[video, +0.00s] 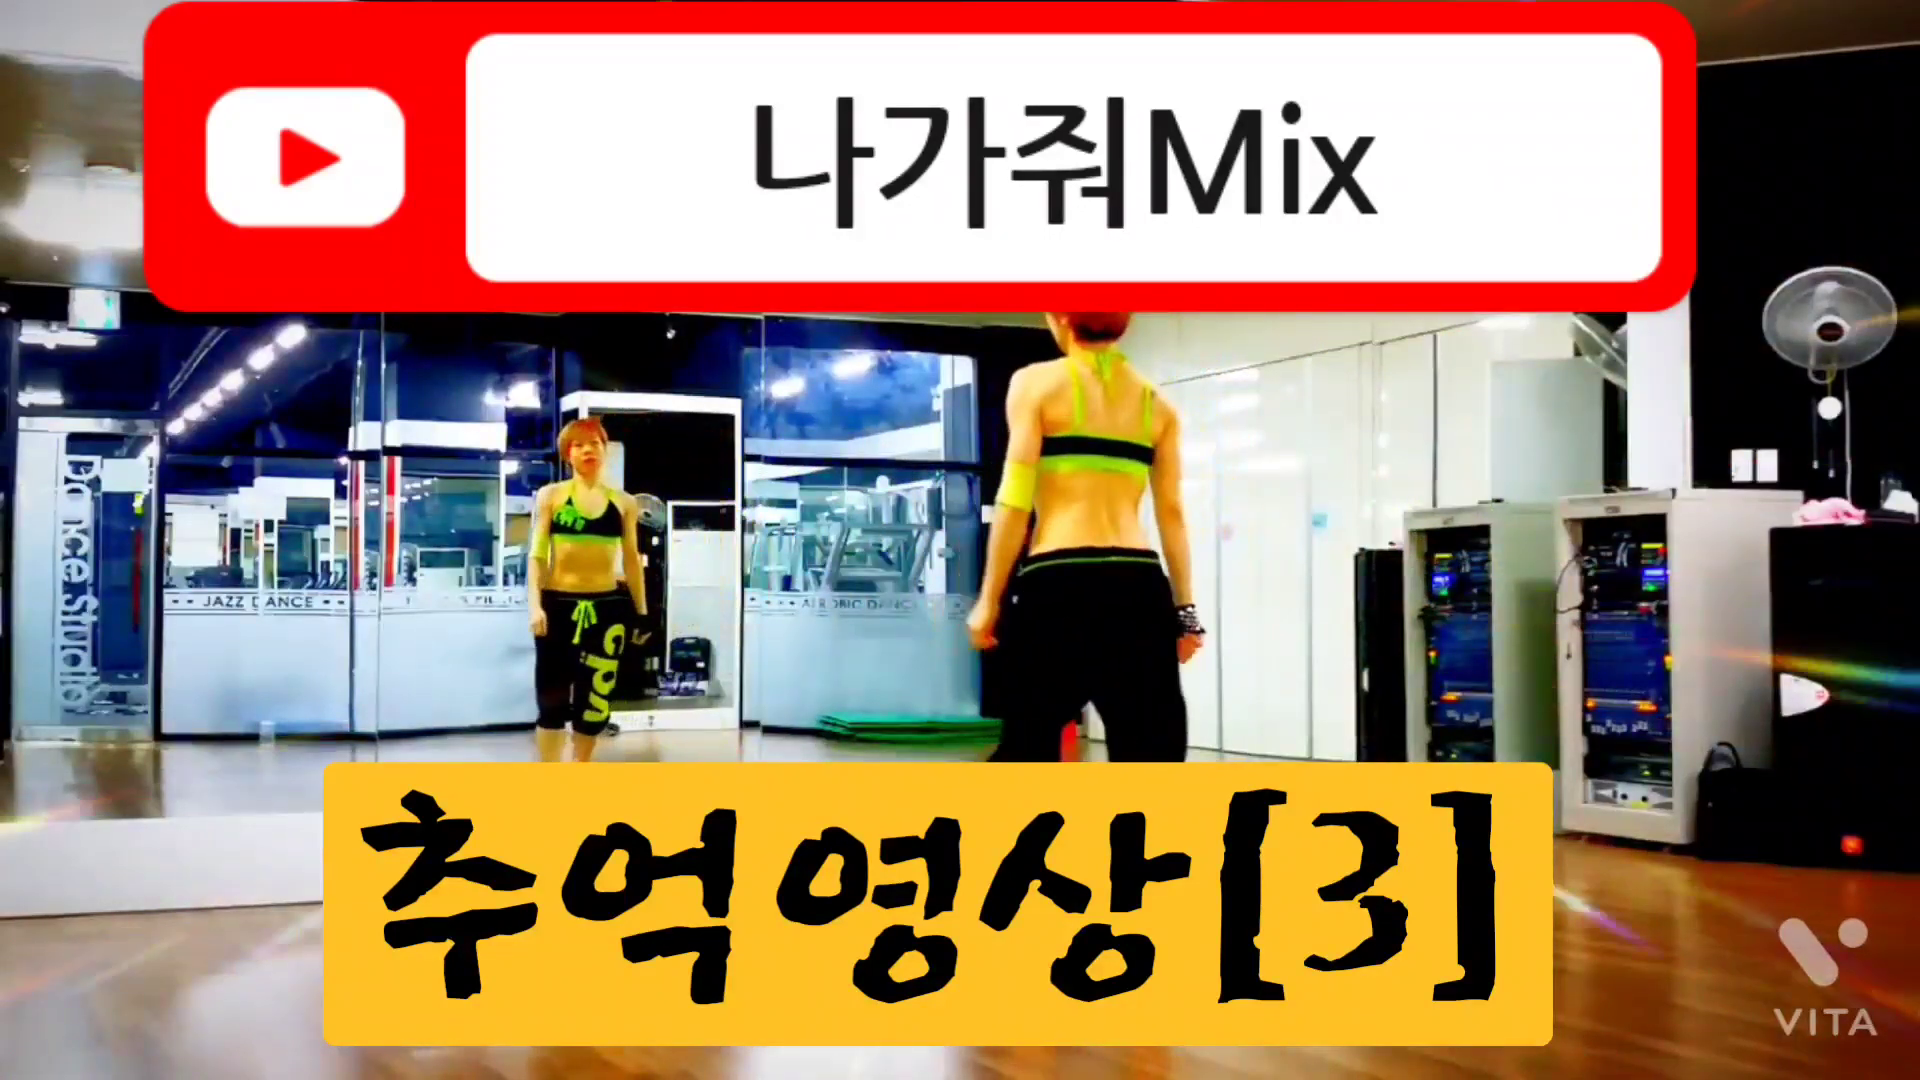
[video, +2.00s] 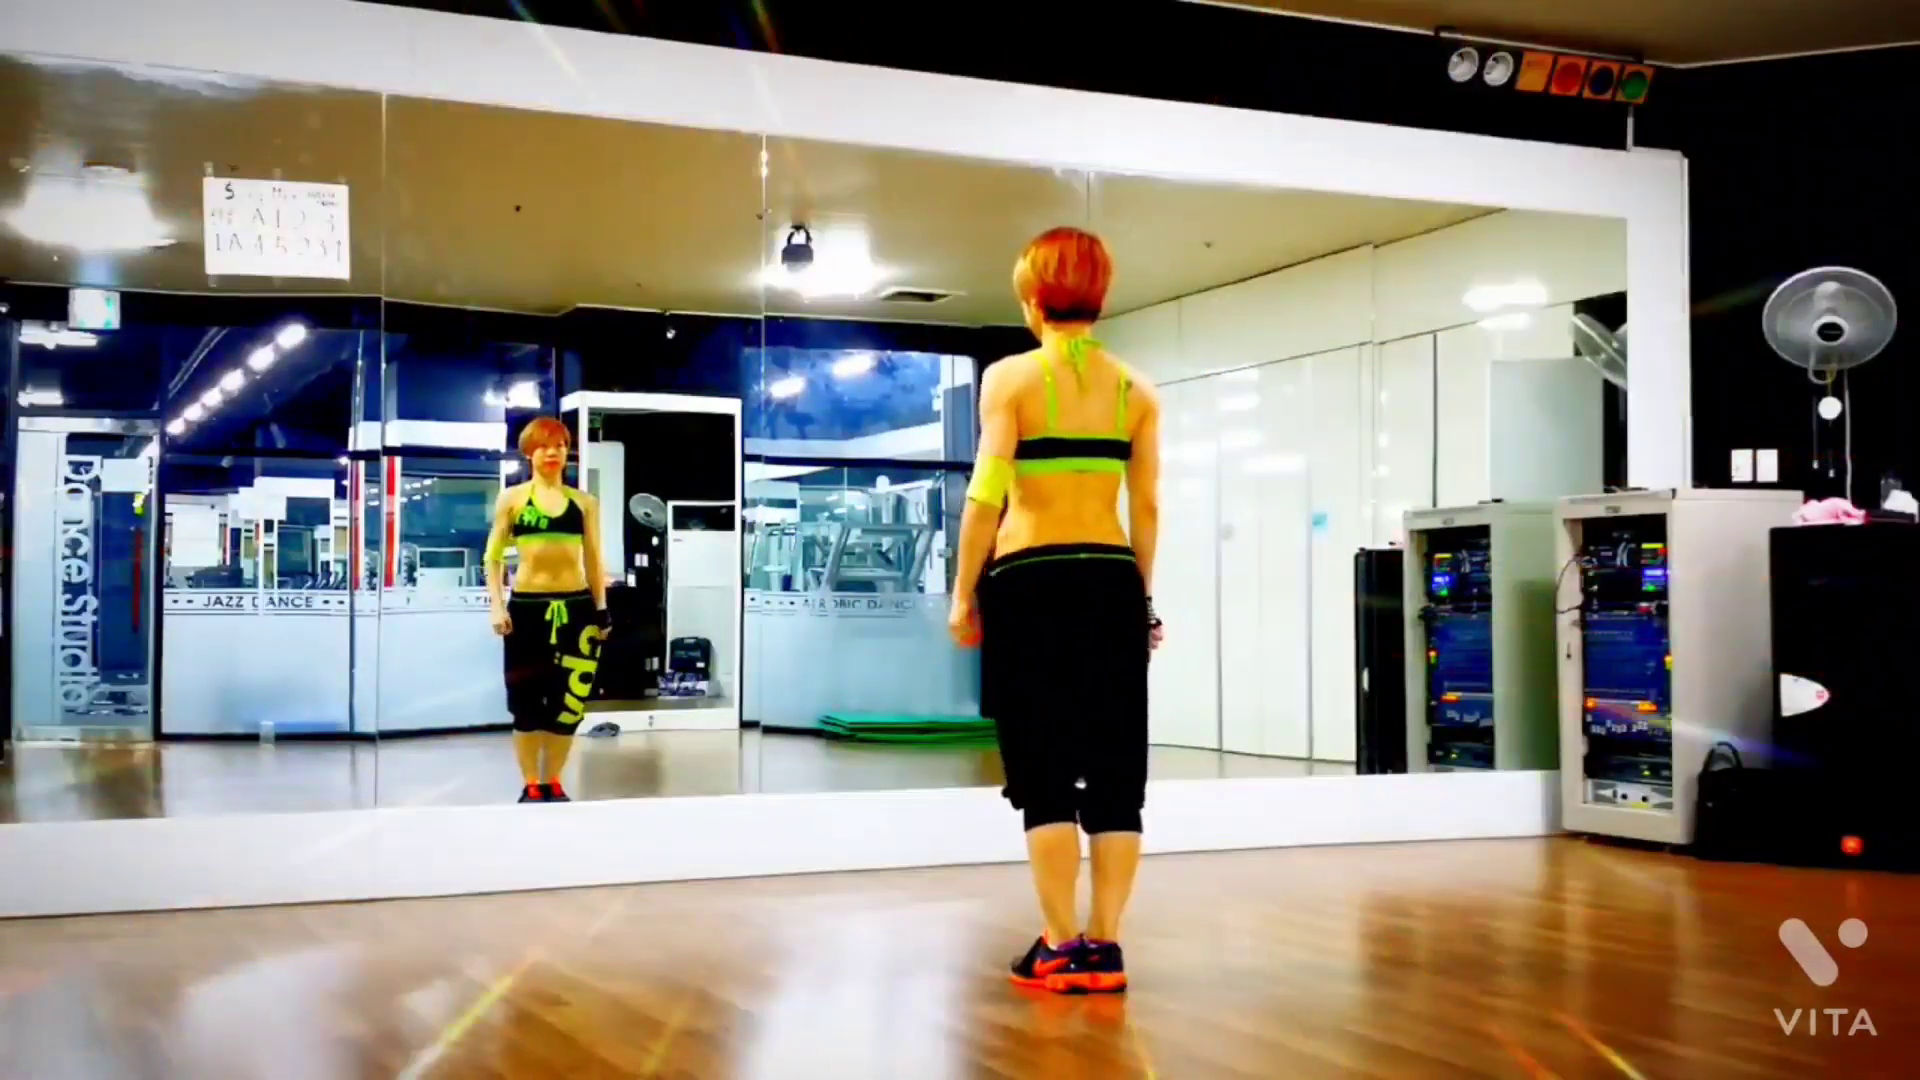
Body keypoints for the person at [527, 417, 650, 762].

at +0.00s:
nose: (588, 452)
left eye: (595, 444)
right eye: (579, 446)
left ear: (605, 450)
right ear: (568, 454)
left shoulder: (624, 502)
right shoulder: (550, 496)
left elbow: (633, 560)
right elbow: (537, 555)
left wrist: (642, 613)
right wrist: (535, 605)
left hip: (608, 608)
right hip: (559, 607)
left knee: (593, 703)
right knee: (553, 704)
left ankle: (579, 774)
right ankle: (549, 775)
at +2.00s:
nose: (552, 454)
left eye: (558, 446)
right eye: (543, 447)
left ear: (566, 452)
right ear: (530, 453)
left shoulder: (585, 502)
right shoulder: (512, 498)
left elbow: (594, 560)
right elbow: (493, 557)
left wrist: (600, 608)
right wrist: (498, 606)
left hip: (576, 607)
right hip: (527, 607)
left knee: (570, 700)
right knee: (528, 701)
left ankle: (552, 780)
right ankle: (531, 784)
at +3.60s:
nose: (560, 465)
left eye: (566, 457)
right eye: (551, 459)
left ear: (573, 458)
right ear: (535, 461)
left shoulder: (586, 496)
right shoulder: (519, 496)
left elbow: (611, 531)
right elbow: (525, 545)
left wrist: (577, 542)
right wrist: (557, 585)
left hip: (580, 603)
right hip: (533, 604)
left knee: (570, 697)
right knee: (532, 698)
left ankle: (553, 783)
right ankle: (531, 785)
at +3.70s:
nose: (561, 465)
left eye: (566, 458)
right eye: (552, 459)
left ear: (574, 459)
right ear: (537, 461)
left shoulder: (583, 496)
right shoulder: (520, 490)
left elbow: (611, 485)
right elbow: (524, 513)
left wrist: (566, 488)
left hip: (581, 602)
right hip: (533, 602)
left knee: (571, 700)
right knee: (531, 700)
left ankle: (553, 783)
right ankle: (531, 785)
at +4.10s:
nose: (554, 461)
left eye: (559, 454)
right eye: (546, 456)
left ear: (568, 458)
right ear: (531, 463)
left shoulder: (585, 499)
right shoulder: (521, 501)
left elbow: (590, 518)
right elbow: (549, 518)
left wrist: (577, 482)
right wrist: (566, 487)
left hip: (576, 608)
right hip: (530, 609)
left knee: (570, 708)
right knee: (537, 706)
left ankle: (553, 782)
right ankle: (532, 785)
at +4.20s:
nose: (554, 485)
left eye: (559, 478)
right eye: (545, 479)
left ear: (568, 488)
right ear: (531, 493)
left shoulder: (586, 537)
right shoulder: (521, 533)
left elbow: (583, 579)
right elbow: (537, 577)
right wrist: (570, 588)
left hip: (573, 640)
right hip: (529, 641)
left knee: (572, 733)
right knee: (540, 728)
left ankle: (552, 783)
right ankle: (532, 787)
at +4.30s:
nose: (556, 488)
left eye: (561, 483)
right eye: (547, 484)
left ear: (571, 494)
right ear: (532, 498)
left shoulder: (587, 543)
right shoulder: (519, 542)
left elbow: (591, 596)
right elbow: (521, 602)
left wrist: (589, 638)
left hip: (572, 637)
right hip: (529, 638)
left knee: (573, 729)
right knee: (538, 722)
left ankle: (553, 783)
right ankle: (532, 786)